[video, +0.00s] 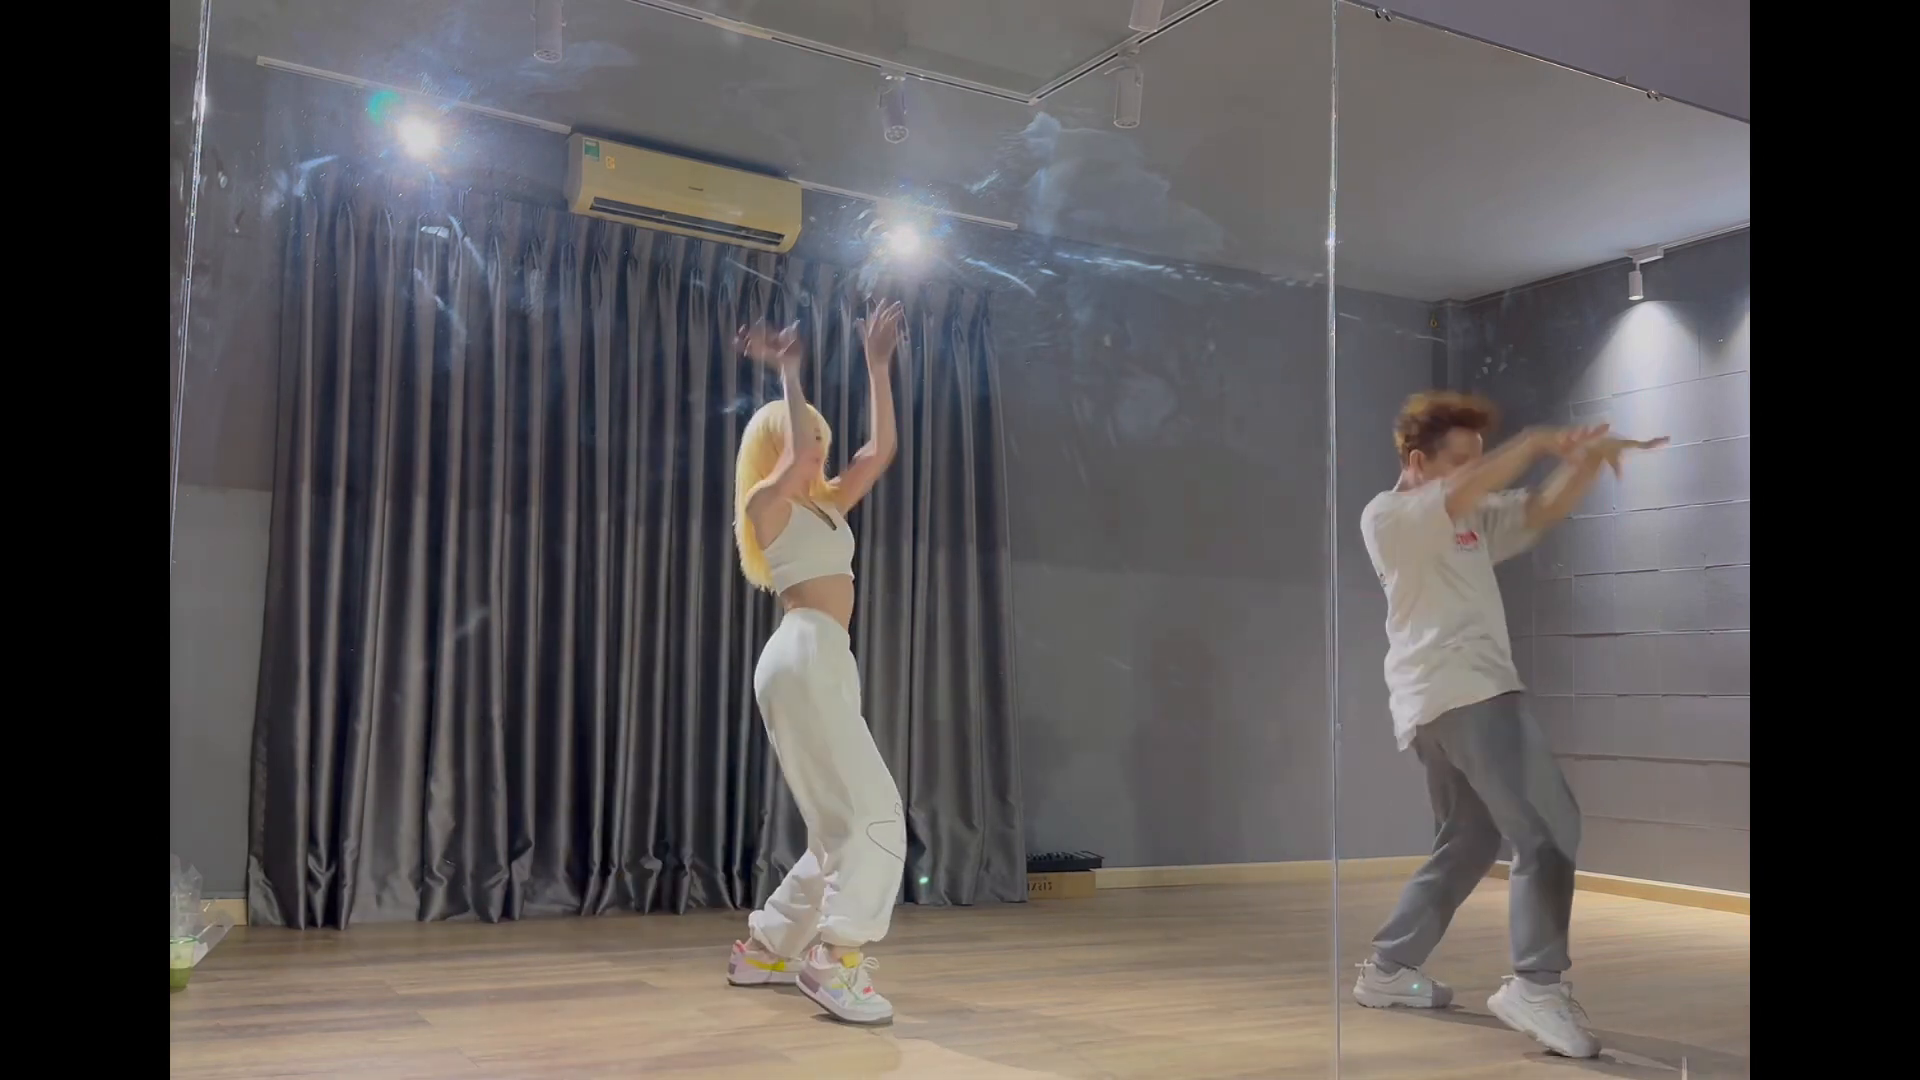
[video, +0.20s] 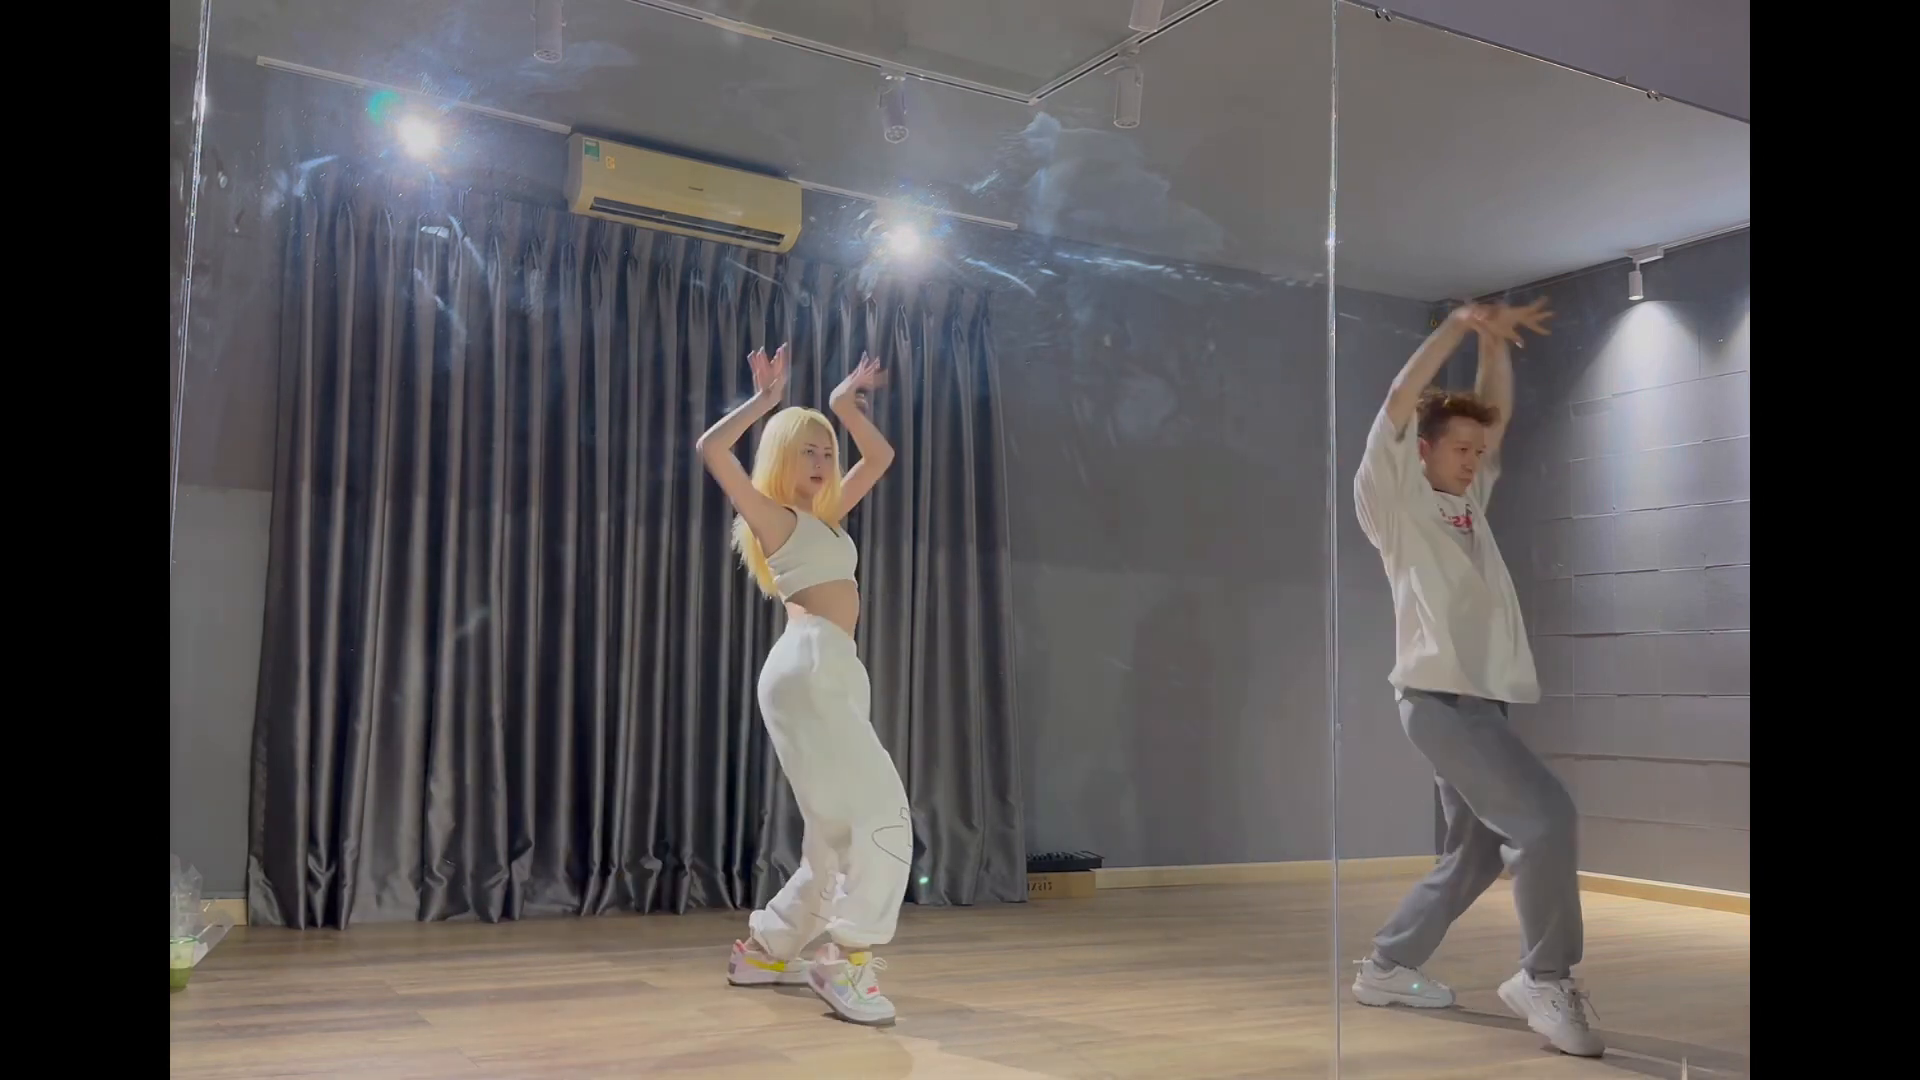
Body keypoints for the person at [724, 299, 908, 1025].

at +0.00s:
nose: (821, 440)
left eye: (820, 434)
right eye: (808, 434)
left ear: (815, 450)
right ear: (772, 446)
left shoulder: (822, 503)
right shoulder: (767, 507)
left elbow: (880, 449)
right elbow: (807, 453)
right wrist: (789, 372)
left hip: (803, 661)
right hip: (810, 658)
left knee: (843, 828)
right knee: (879, 818)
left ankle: (767, 946)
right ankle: (837, 959)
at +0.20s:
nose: (820, 462)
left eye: (826, 455)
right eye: (807, 452)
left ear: (832, 466)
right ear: (779, 461)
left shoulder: (824, 517)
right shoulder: (772, 517)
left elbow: (878, 458)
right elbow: (711, 449)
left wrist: (844, 401)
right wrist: (763, 400)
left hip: (823, 677)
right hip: (810, 675)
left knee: (835, 826)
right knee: (887, 817)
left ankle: (770, 945)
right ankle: (847, 958)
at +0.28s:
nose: (821, 465)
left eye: (829, 457)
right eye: (809, 453)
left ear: (833, 469)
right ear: (781, 461)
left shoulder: (822, 527)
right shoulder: (768, 521)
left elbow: (878, 483)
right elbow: (689, 476)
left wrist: (843, 437)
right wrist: (731, 433)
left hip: (832, 687)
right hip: (805, 686)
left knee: (843, 842)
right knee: (884, 827)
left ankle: (769, 946)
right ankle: (860, 968)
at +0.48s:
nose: (813, 466)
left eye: (821, 462)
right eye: (805, 454)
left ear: (823, 480)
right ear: (777, 460)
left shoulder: (814, 538)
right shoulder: (732, 511)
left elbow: (904, 560)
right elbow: (684, 558)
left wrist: (865, 510)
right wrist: (700, 496)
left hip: (824, 677)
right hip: (757, 681)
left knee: (835, 821)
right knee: (810, 791)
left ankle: (766, 944)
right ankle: (833, 954)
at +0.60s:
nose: (796, 476)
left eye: (807, 474)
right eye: (792, 461)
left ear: (808, 484)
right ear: (767, 455)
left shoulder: (794, 523)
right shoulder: (705, 505)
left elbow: (842, 550)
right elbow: (691, 584)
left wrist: (873, 495)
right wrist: (740, 540)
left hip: (808, 670)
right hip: (743, 674)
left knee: (822, 820)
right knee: (759, 799)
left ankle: (765, 947)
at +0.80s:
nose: (748, 475)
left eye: (756, 464)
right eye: (732, 467)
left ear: (770, 476)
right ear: (707, 485)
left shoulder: (789, 532)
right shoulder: (707, 546)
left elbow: (844, 472)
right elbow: (647, 622)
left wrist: (773, 442)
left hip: (763, 721)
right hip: (698, 708)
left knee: (821, 841)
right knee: (641, 847)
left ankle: (765, 949)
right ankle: (586, 953)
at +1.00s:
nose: (717, 487)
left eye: (725, 483)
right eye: (704, 485)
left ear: (742, 502)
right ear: (688, 511)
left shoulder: (758, 561)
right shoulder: (674, 570)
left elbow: (819, 513)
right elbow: (617, 644)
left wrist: (755, 472)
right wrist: (647, 725)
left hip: (751, 739)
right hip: (673, 737)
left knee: (827, 841)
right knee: (610, 850)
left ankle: (766, 947)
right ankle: (585, 955)